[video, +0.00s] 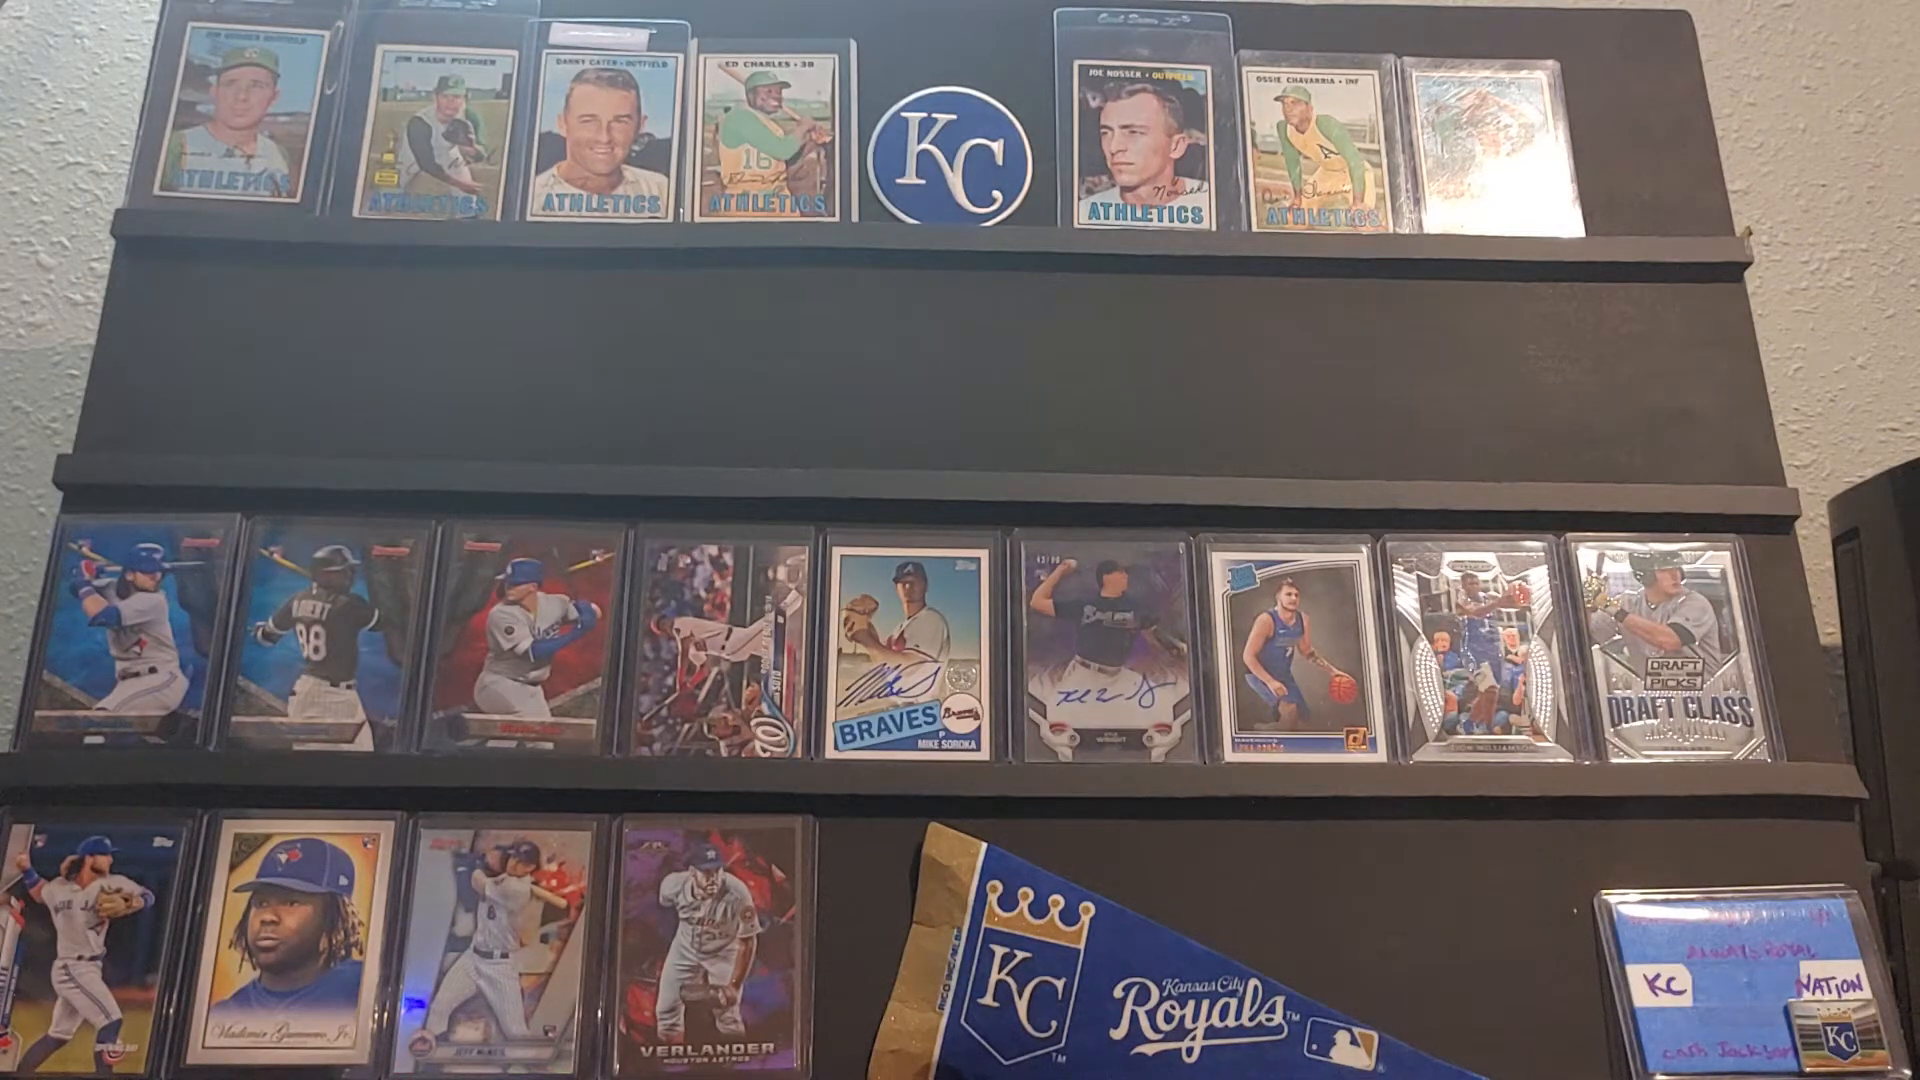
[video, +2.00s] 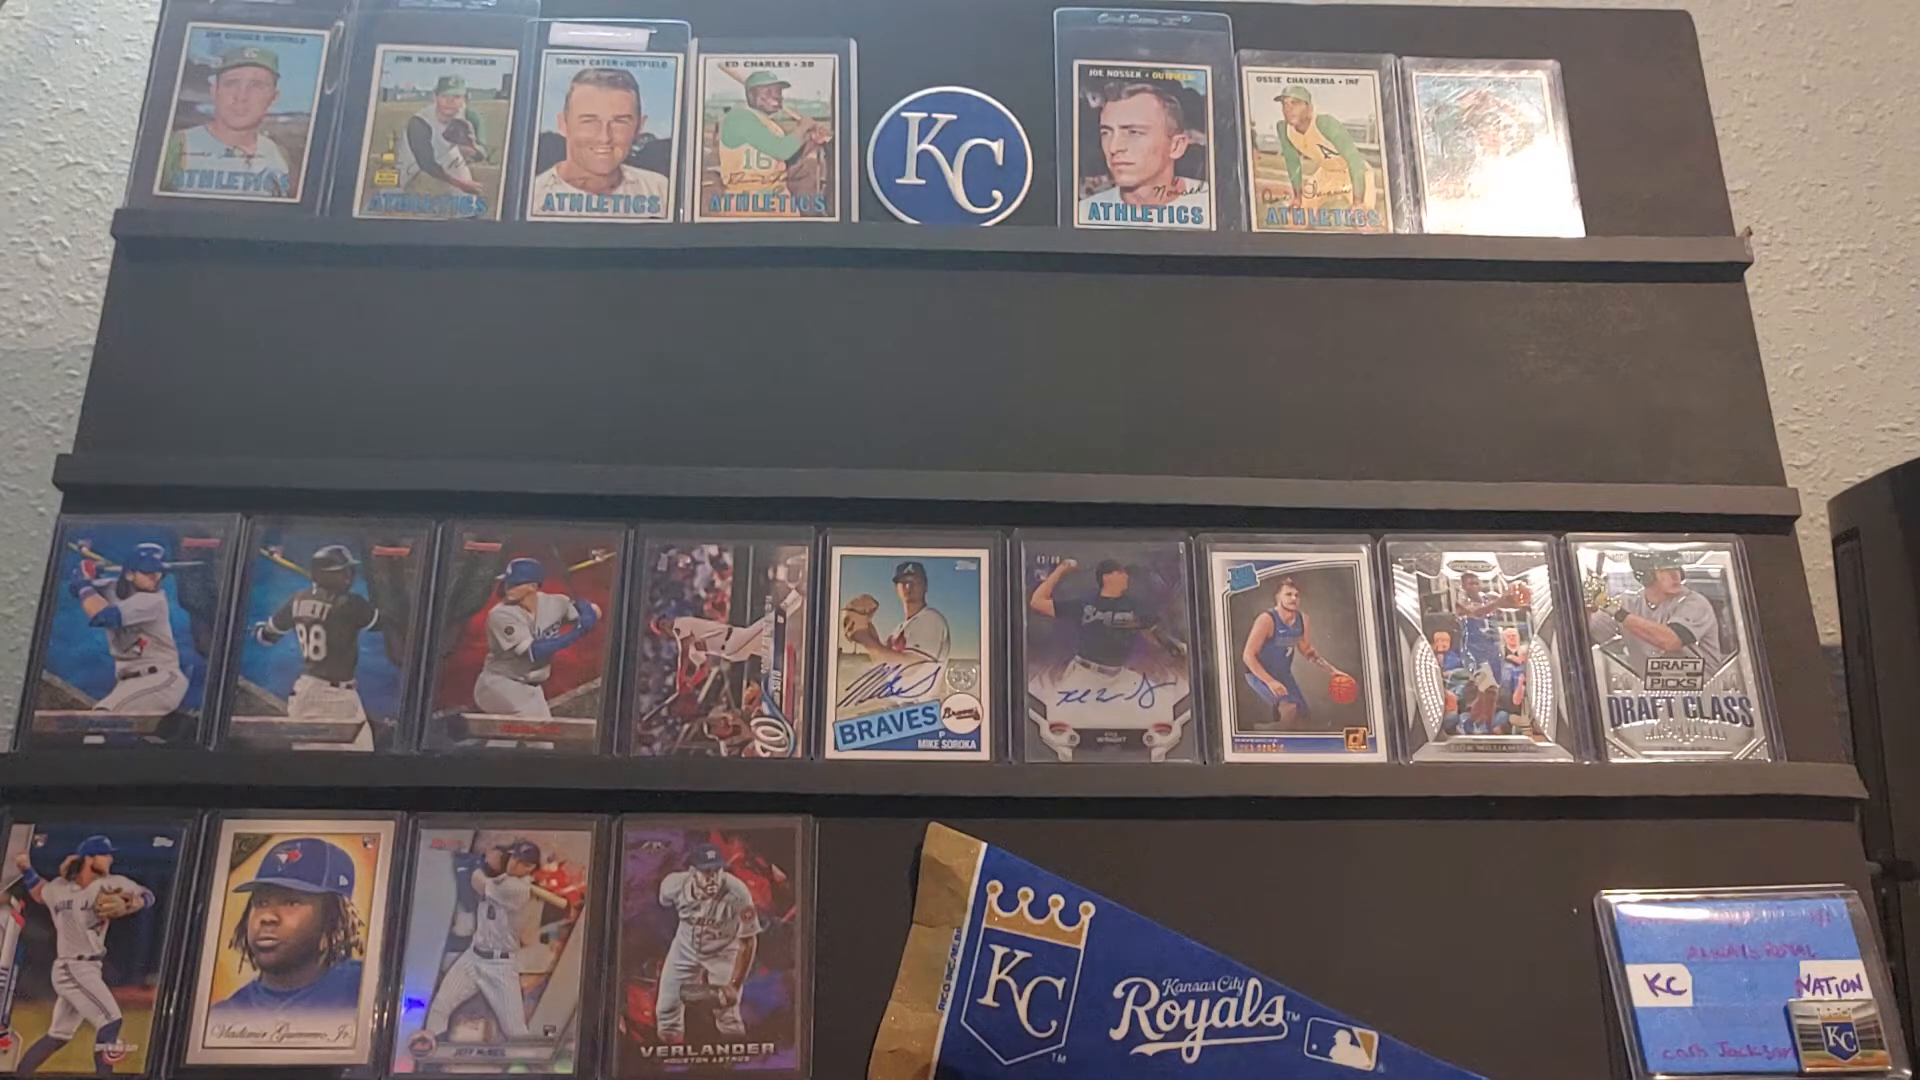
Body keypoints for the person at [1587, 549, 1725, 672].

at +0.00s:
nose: (1676, 576)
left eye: (1678, 568)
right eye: (1666, 569)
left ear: (1682, 571)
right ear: (1644, 574)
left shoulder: (1696, 604)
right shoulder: (1628, 603)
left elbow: (1670, 641)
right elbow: (1588, 636)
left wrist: (1619, 613)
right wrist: (1584, 608)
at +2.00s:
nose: (1677, 576)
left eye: (1677, 568)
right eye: (1667, 570)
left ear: (1682, 570)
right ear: (1645, 574)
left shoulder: (1696, 604)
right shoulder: (1627, 604)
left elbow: (1671, 641)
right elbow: (1585, 638)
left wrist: (1620, 614)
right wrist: (1584, 609)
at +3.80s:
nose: (1677, 576)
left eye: (1678, 569)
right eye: (1667, 569)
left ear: (1682, 571)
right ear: (1645, 574)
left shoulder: (1696, 604)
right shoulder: (1628, 603)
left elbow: (1671, 641)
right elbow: (1587, 637)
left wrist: (1620, 614)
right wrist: (1585, 610)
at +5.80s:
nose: (1675, 573)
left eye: (1676, 567)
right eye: (1665, 569)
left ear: (1682, 570)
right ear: (1643, 575)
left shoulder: (1696, 604)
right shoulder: (1628, 603)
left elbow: (1671, 641)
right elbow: (1586, 637)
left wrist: (1620, 614)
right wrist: (1585, 609)